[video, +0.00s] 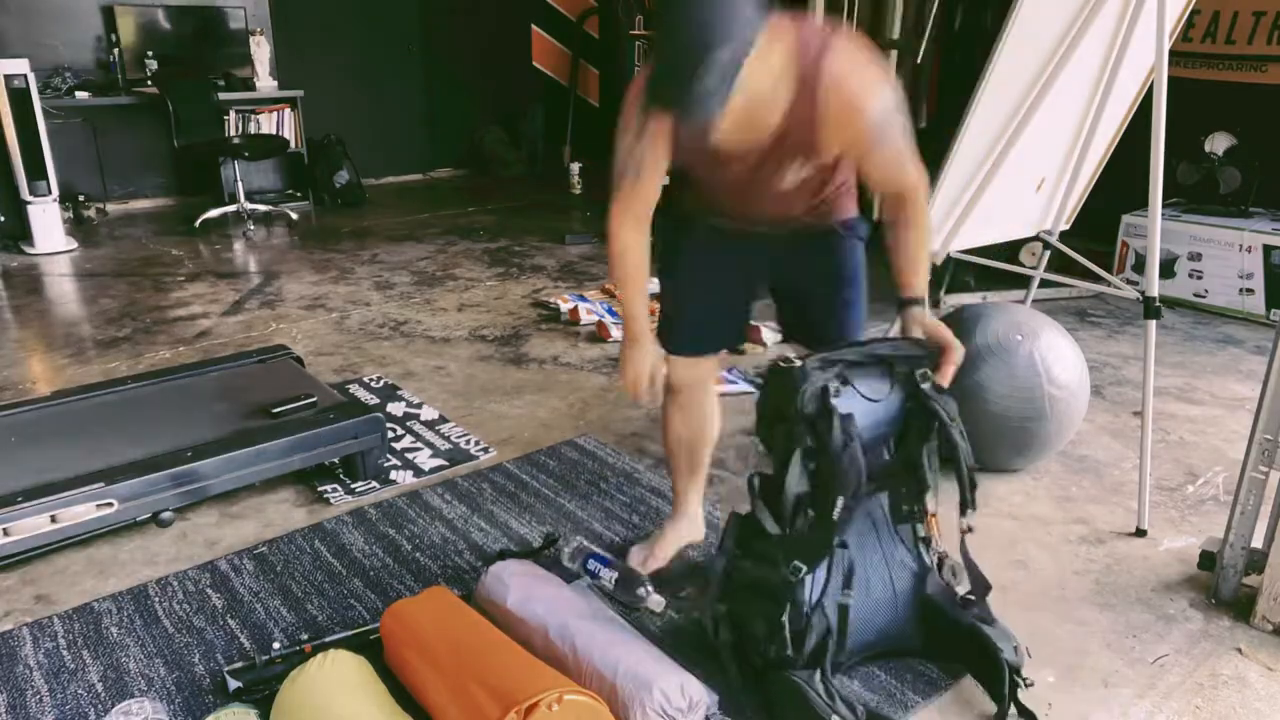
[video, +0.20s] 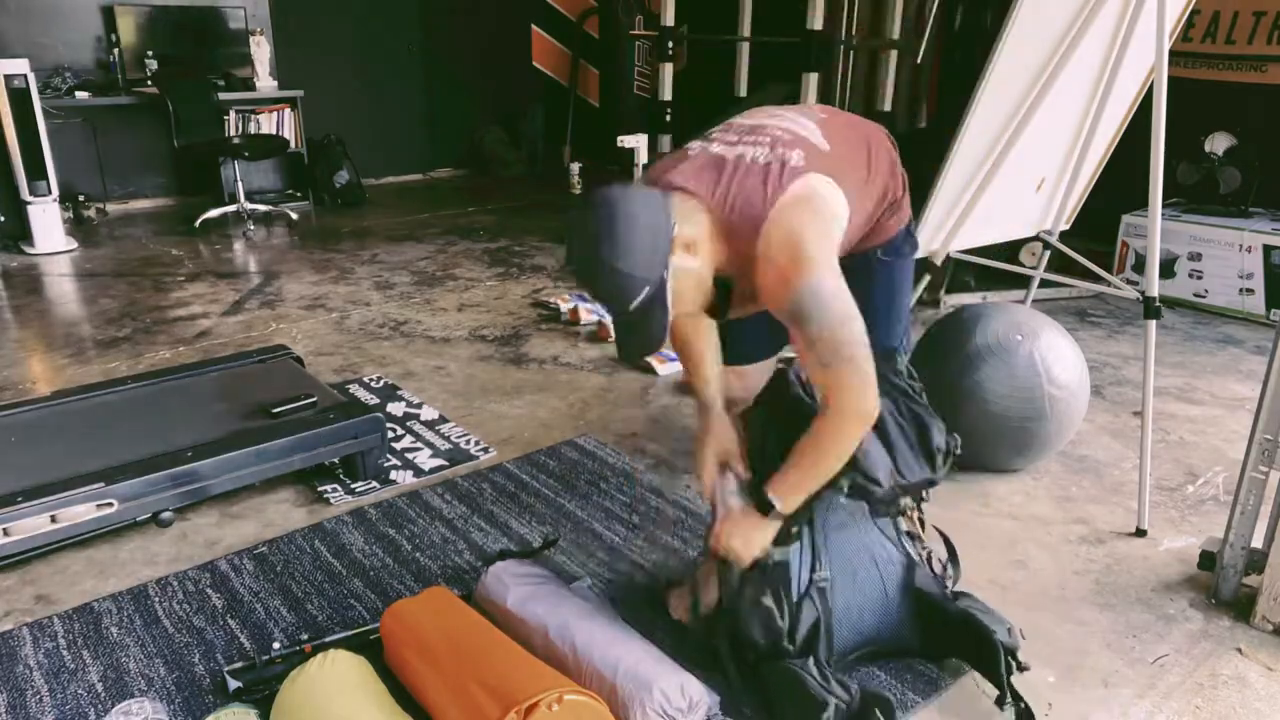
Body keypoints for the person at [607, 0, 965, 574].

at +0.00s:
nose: (709, 117)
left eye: (721, 100)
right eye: (693, 106)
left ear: (763, 49)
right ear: (672, 65)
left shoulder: (846, 78)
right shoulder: (661, 92)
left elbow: (905, 191)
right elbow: (627, 217)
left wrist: (914, 306)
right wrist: (635, 335)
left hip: (820, 228)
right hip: (709, 227)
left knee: (837, 381)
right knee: (686, 376)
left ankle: (847, 523)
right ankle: (686, 517)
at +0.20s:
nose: (673, 316)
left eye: (669, 304)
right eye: (663, 314)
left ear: (685, 251)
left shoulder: (792, 239)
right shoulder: (646, 210)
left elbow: (856, 404)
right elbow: (684, 311)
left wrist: (768, 512)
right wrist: (712, 413)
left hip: (869, 204)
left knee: (872, 400)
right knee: (733, 391)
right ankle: (724, 552)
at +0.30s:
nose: (624, 319)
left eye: (634, 300)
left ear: (662, 256)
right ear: (559, 250)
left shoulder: (751, 237)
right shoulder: (544, 225)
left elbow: (817, 248)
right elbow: (535, 345)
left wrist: (784, 349)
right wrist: (584, 372)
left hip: (745, 149)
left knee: (770, 377)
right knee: (646, 395)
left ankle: (790, 527)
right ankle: (662, 549)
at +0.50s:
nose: (902, 46)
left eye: (914, 35)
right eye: (912, 26)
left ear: (878, 9)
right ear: (883, 4)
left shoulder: (814, 40)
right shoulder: (783, 24)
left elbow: (776, 162)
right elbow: (696, 150)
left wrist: (818, 258)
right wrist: (771, 243)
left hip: (716, 206)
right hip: (649, 206)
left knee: (754, 354)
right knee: (688, 390)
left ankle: (763, 512)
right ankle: (685, 552)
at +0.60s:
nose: (996, 258)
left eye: (1012, 252)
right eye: (1015, 248)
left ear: (1017, 207)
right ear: (1022, 211)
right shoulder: (975, 167)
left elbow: (876, 326)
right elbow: (925, 280)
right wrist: (947, 376)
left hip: (791, 217)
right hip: (731, 192)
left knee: (807, 375)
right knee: (721, 390)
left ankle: (799, 540)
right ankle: (673, 546)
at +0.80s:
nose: (1025, 245)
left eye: (1042, 238)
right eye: (1042, 230)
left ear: (1035, 172)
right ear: (1037, 180)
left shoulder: (968, 155)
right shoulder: (969, 165)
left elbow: (880, 289)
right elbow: (869, 273)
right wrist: (883, 421)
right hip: (741, 205)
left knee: (816, 379)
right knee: (777, 406)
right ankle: (705, 564)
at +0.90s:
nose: (826, 94)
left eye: (844, 79)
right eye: (816, 74)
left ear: (869, 50)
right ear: (781, 25)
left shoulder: (854, 85)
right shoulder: (702, 68)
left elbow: (834, 170)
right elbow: (641, 214)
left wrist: (828, 258)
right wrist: (710, 316)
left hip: (740, 219)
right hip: (649, 211)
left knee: (737, 364)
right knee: (656, 371)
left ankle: (705, 513)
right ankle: (637, 545)